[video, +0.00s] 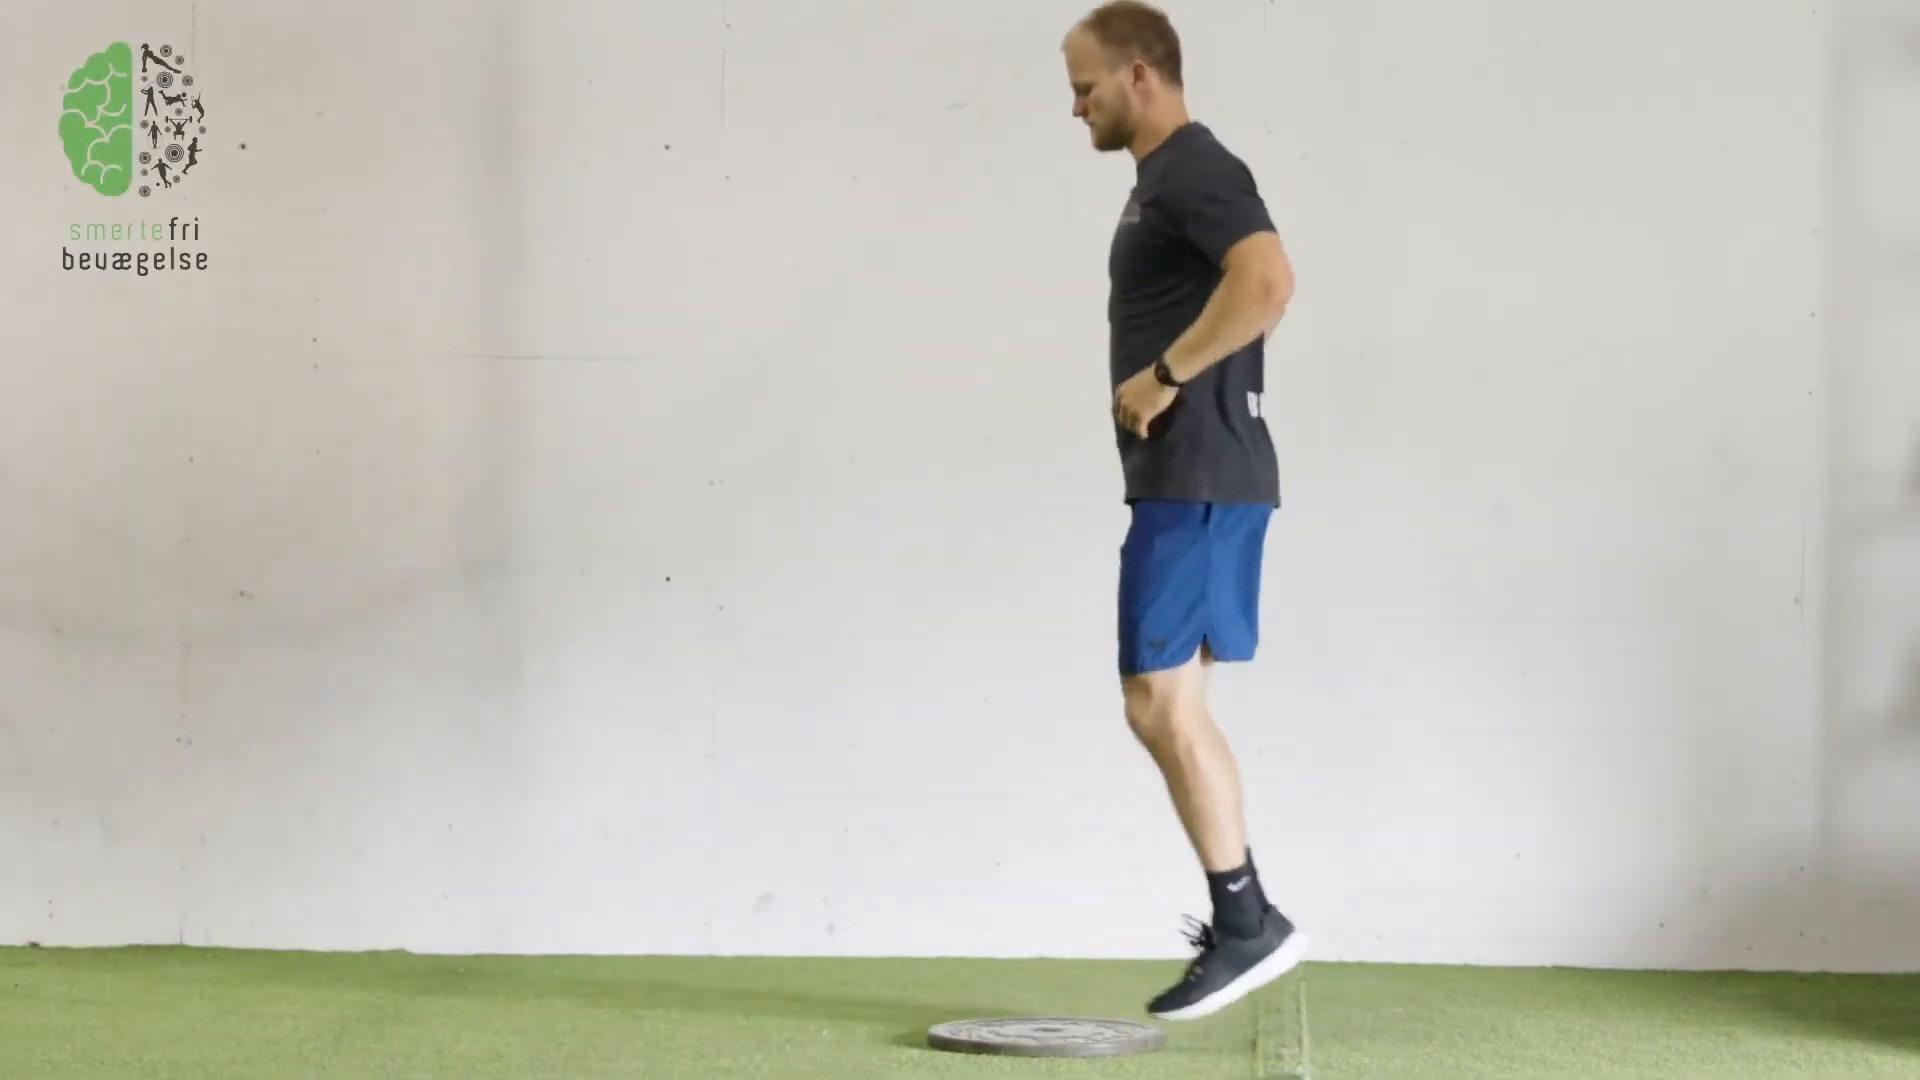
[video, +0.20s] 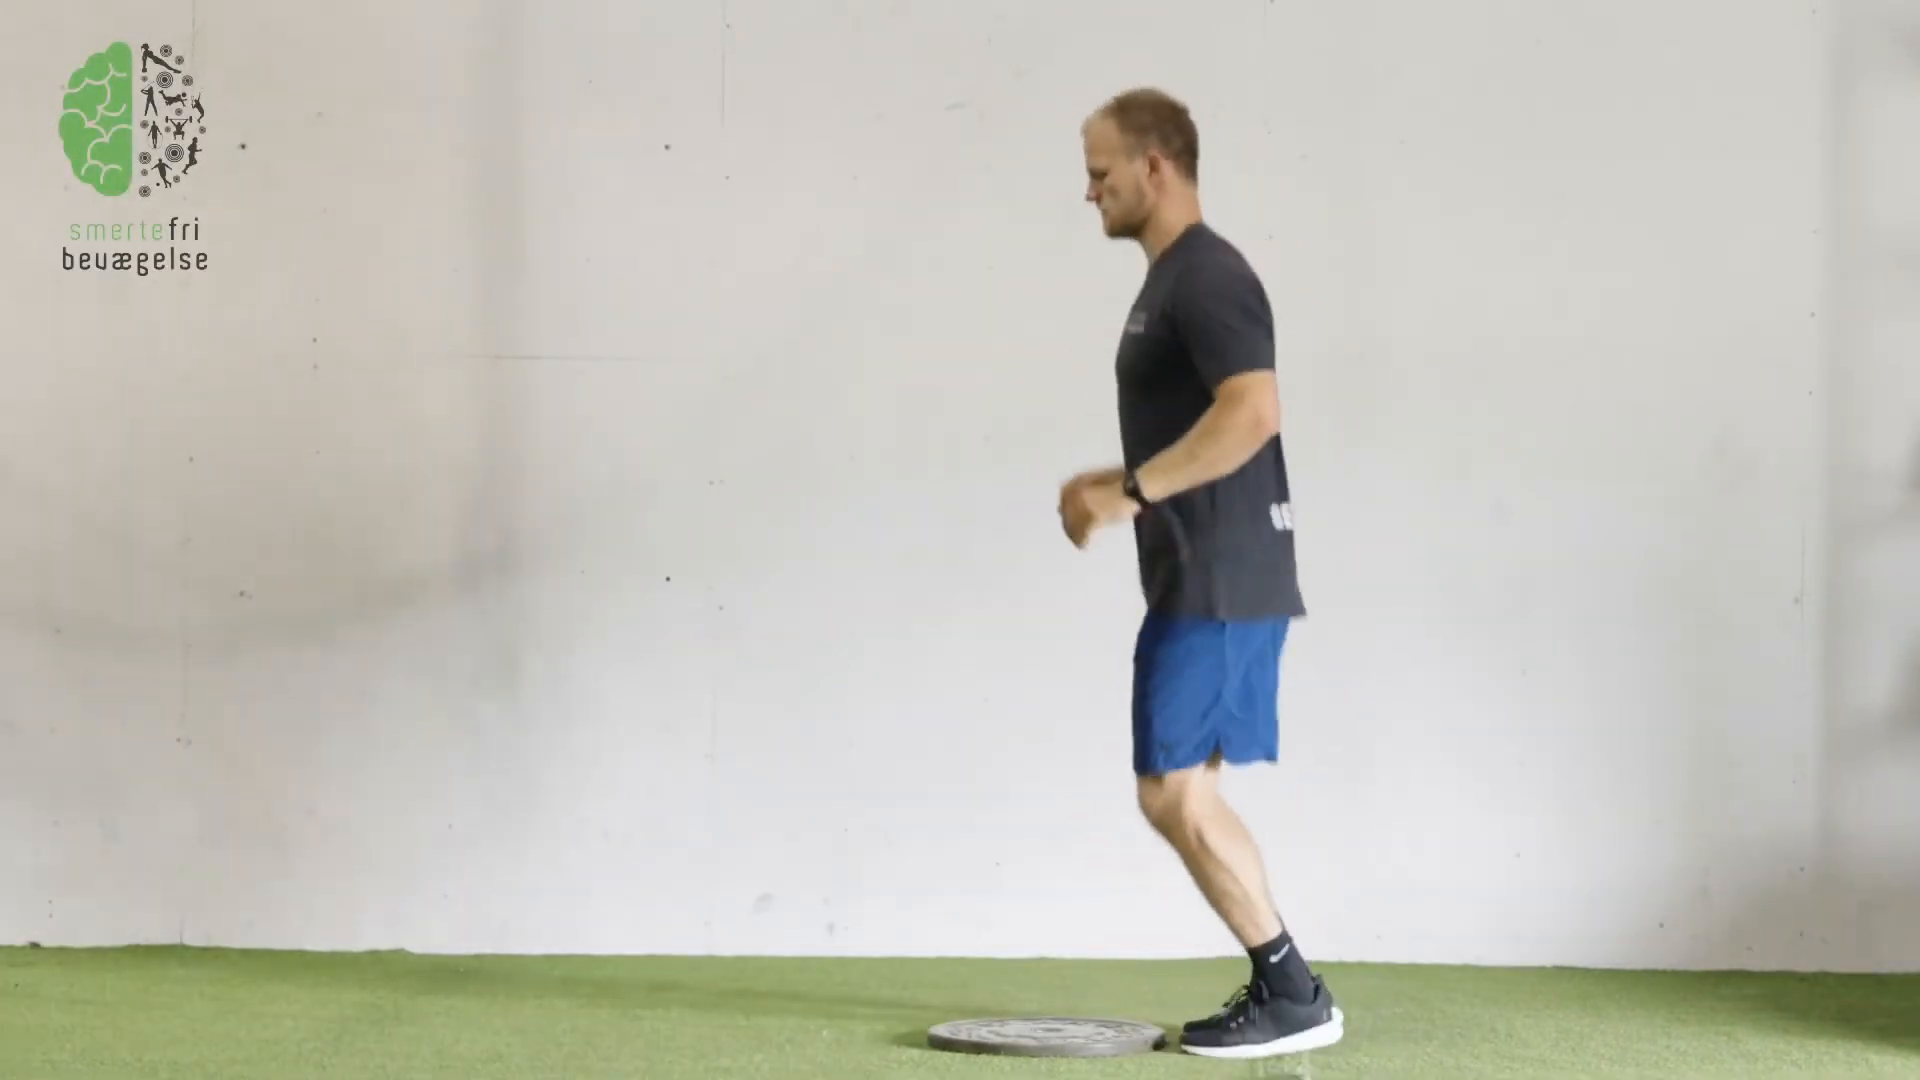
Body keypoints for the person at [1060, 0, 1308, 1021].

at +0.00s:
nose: (1075, 106)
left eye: (1084, 87)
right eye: (1074, 89)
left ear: (1141, 75)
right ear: (1141, 79)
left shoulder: (1193, 166)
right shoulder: (1173, 172)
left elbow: (1265, 280)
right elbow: (1260, 289)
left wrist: (1164, 375)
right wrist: (1165, 382)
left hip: (1199, 478)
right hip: (1185, 476)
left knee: (1165, 702)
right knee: (1161, 702)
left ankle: (1244, 921)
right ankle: (1238, 918)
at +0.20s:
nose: (1089, 191)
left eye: (1100, 173)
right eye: (1089, 174)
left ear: (1156, 167)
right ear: (1156, 171)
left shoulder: (1206, 271)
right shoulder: (1174, 276)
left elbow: (1252, 412)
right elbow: (1210, 427)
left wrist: (1128, 485)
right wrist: (1119, 483)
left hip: (1216, 585)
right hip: (1205, 582)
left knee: (1171, 794)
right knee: (1186, 793)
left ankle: (1288, 991)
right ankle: (1283, 986)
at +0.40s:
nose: (1090, 89)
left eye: (1098, 69)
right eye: (1087, 72)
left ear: (1155, 59)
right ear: (1148, 64)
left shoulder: (1204, 150)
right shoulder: (1172, 161)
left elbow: (1265, 271)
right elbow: (1233, 283)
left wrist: (1142, 333)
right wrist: (1128, 343)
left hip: (1194, 470)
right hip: (1167, 470)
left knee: (1179, 689)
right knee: (1159, 690)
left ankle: (1228, 918)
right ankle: (1220, 913)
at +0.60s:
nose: (1082, 156)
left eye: (1091, 137)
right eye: (1081, 139)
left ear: (1149, 132)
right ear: (1146, 136)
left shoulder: (1196, 235)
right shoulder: (1163, 239)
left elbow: (1245, 372)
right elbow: (1215, 380)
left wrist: (1129, 458)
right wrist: (1124, 467)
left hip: (1181, 546)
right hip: (1164, 542)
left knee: (1115, 754)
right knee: (1123, 757)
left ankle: (1191, 976)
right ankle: (1185, 973)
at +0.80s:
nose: (1087, 101)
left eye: (1096, 82)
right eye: (1085, 84)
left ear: (1153, 77)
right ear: (1146, 81)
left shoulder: (1202, 171)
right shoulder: (1170, 178)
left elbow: (1266, 300)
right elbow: (1225, 312)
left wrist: (1171, 404)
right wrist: (1154, 418)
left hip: (1200, 486)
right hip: (1179, 483)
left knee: (1176, 704)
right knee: (1176, 704)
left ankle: (1192, 937)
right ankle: (1184, 931)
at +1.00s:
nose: (1101, 124)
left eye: (1111, 105)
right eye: (1101, 108)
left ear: (1166, 99)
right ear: (1166, 103)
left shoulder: (1219, 199)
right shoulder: (1185, 208)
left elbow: (1288, 324)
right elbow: (1247, 341)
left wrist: (1191, 432)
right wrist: (1169, 446)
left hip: (1230, 517)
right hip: (1208, 514)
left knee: (1203, 732)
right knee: (1191, 734)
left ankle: (1297, 949)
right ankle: (1290, 947)